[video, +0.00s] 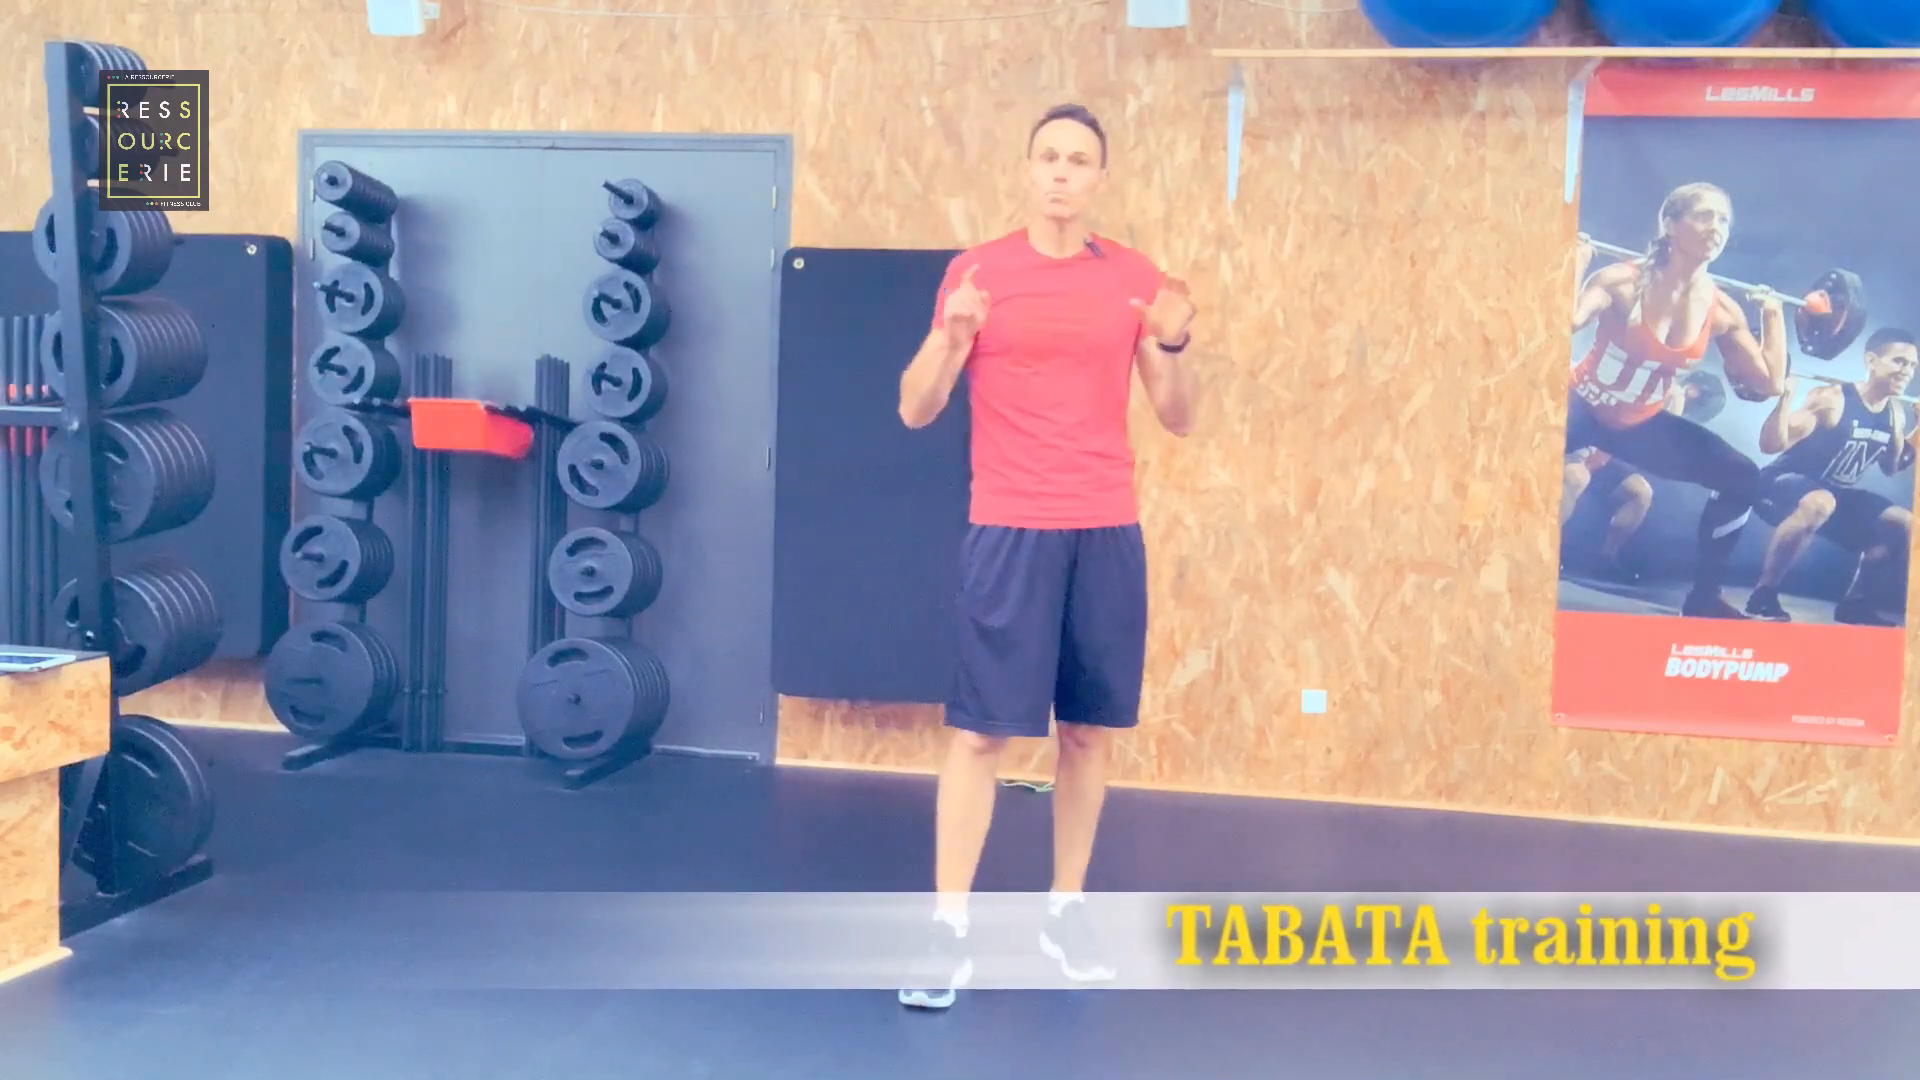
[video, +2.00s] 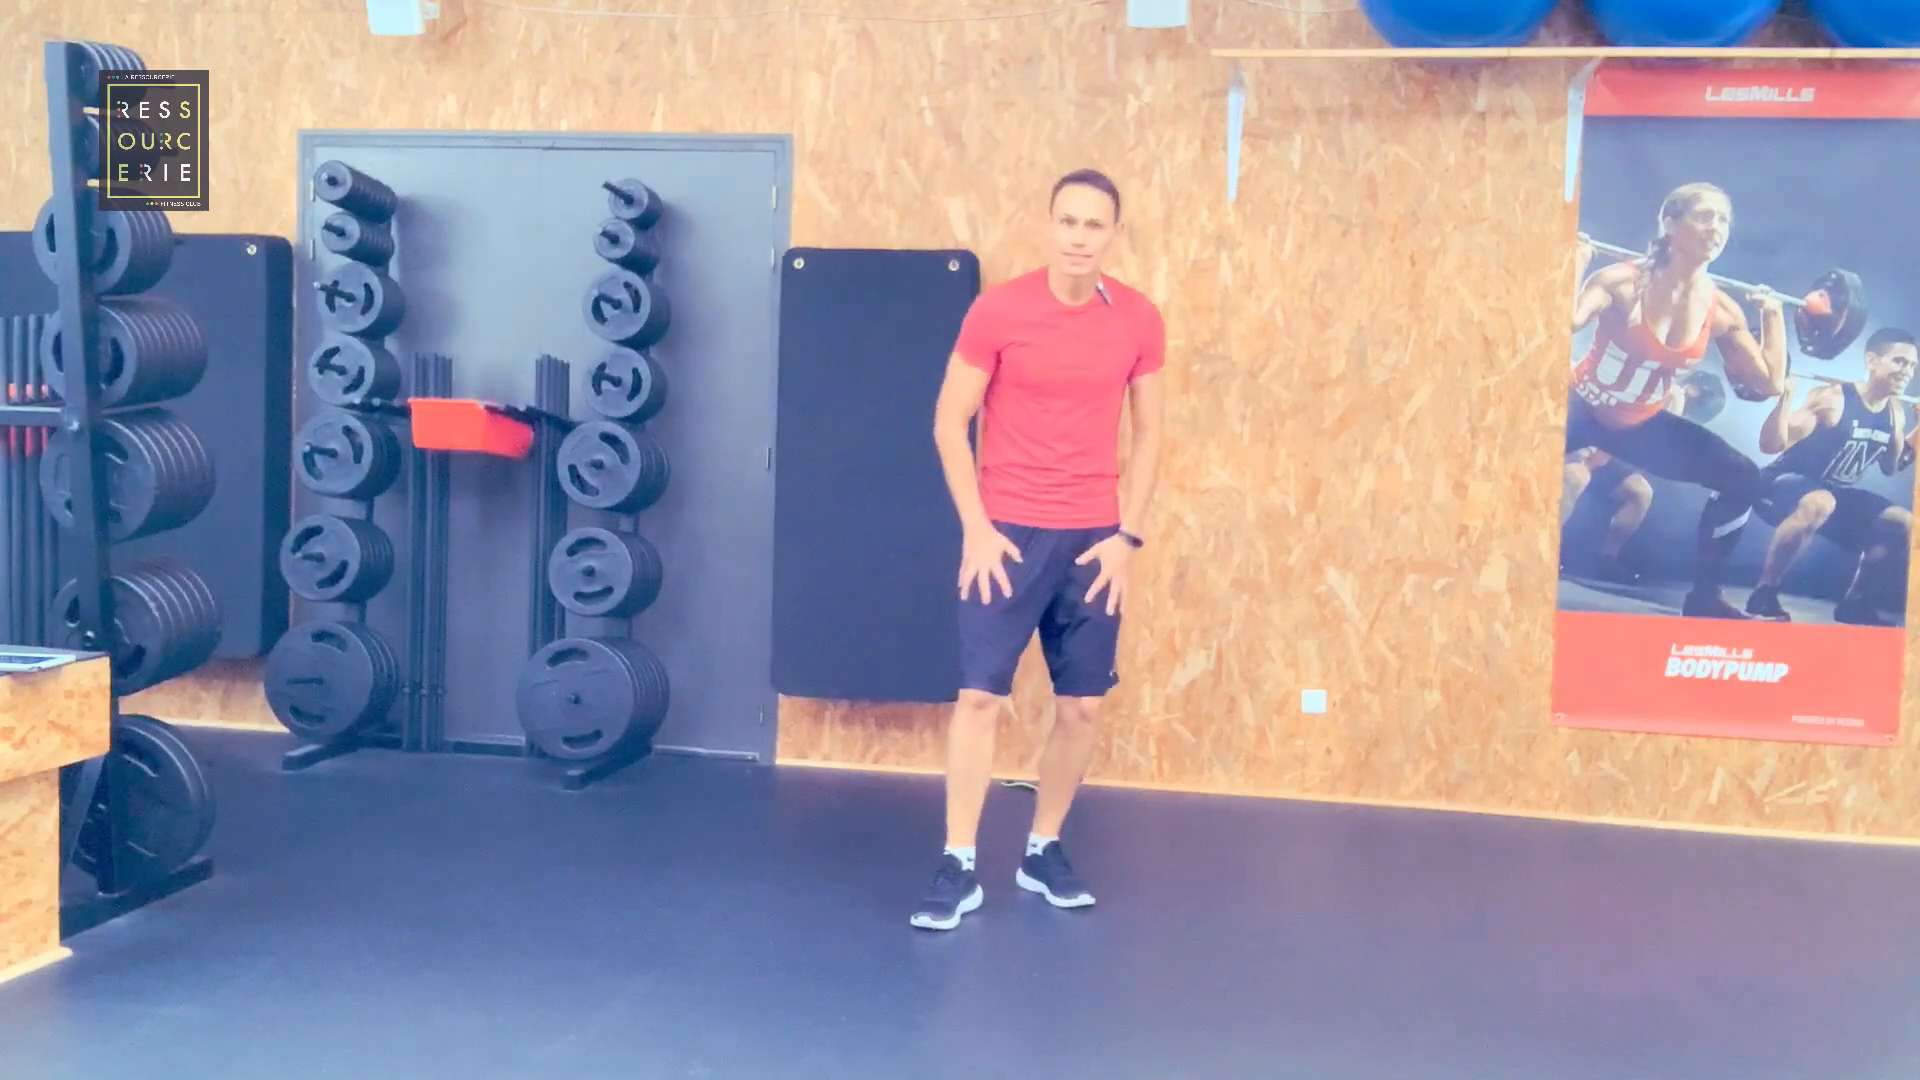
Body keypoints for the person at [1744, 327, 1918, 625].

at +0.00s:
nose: (1906, 371)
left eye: (1911, 365)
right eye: (1899, 361)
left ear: (1914, 371)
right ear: (1871, 361)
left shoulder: (1893, 412)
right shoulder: (1831, 398)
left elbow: (1891, 467)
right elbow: (1769, 444)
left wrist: (1910, 446)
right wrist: (1785, 396)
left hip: (1839, 495)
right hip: (1785, 482)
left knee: (1905, 524)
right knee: (1821, 502)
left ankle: (1854, 604)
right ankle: (1763, 596)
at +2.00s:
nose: (1906, 372)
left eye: (1911, 365)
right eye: (1899, 361)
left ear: (1913, 371)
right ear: (1872, 361)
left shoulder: (1894, 411)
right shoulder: (1831, 397)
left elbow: (1890, 466)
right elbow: (1768, 444)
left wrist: (1910, 444)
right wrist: (1784, 398)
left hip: (1838, 494)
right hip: (1785, 481)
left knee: (1904, 524)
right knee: (1821, 502)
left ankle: (1854, 605)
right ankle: (1763, 595)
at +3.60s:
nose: (1906, 372)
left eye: (1911, 365)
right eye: (1899, 361)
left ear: (1913, 371)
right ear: (1872, 361)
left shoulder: (1894, 412)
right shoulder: (1830, 397)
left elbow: (1892, 466)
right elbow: (1769, 444)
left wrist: (1913, 439)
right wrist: (1785, 396)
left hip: (1839, 495)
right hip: (1786, 481)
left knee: (1904, 524)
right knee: (1821, 502)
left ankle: (1855, 605)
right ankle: (1763, 596)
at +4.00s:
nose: (1906, 372)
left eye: (1911, 365)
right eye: (1899, 361)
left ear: (1913, 371)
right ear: (1871, 361)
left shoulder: (1894, 411)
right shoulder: (1830, 398)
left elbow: (1891, 467)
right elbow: (1768, 444)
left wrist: (1911, 444)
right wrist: (1785, 396)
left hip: (1839, 495)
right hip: (1786, 482)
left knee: (1904, 524)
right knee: (1821, 502)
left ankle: (1855, 604)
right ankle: (1763, 595)